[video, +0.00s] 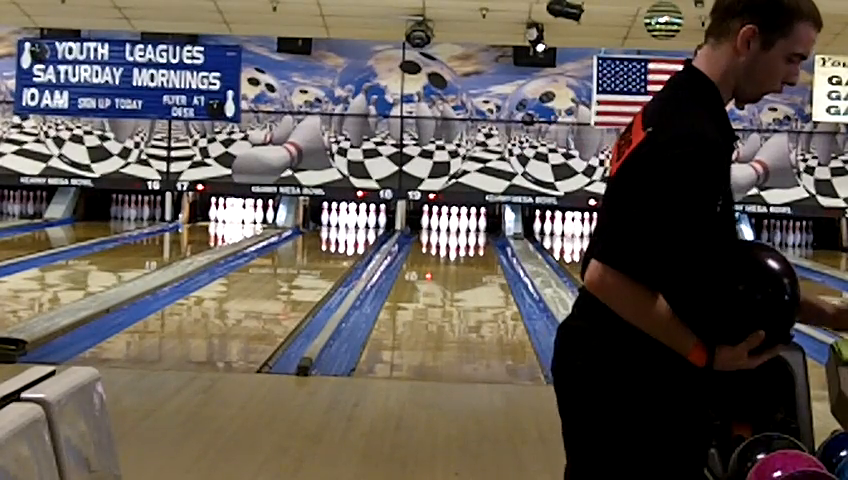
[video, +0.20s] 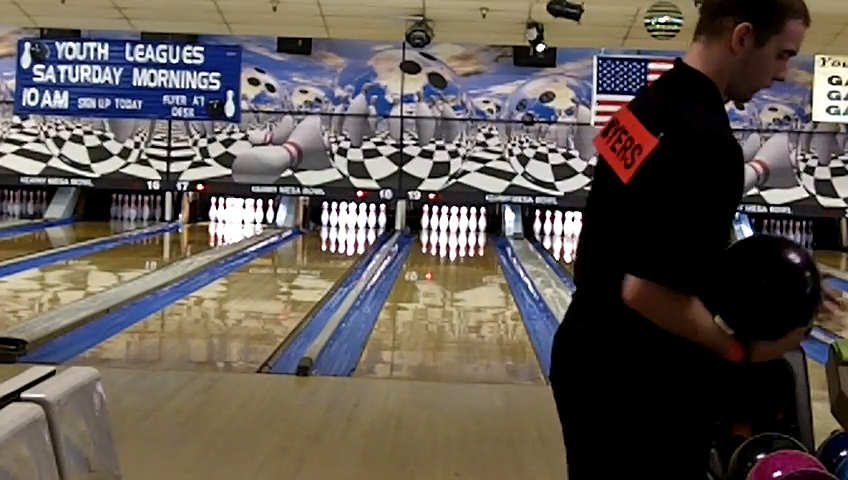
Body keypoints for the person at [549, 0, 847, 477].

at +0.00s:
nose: (793, 78)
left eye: (800, 63)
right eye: (792, 59)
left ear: (743, 42)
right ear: (748, 41)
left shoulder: (690, 111)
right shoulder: (692, 127)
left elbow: (712, 261)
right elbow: (605, 275)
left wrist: (815, 310)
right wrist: (704, 354)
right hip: (625, 368)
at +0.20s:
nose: (783, 74)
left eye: (790, 58)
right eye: (783, 55)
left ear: (735, 38)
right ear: (742, 38)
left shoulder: (658, 99)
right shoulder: (708, 141)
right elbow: (647, 289)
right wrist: (739, 348)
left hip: (590, 344)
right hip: (643, 368)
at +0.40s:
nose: (763, 70)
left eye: (770, 57)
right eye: (766, 54)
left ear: (690, 28)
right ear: (734, 39)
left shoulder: (630, 103)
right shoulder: (714, 144)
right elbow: (697, 299)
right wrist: (766, 308)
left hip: (593, 347)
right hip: (668, 365)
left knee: (609, 478)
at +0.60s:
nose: (748, 66)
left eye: (755, 55)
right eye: (754, 52)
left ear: (681, 24)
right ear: (735, 42)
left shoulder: (617, 112)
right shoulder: (724, 148)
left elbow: (582, 252)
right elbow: (730, 300)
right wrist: (796, 249)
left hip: (604, 357)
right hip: (689, 373)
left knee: (615, 479)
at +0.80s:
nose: (747, 66)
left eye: (751, 54)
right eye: (752, 52)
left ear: (675, 32)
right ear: (738, 47)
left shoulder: (608, 124)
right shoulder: (737, 148)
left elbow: (573, 270)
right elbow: (753, 303)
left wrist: (652, 278)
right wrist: (832, 251)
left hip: (607, 368)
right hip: (703, 377)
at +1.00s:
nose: (763, 50)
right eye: (765, 42)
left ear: (685, 30)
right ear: (760, 45)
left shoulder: (623, 128)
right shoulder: (772, 147)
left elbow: (573, 264)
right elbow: (791, 301)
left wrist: (631, 291)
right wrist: (835, 252)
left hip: (628, 379)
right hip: (729, 385)